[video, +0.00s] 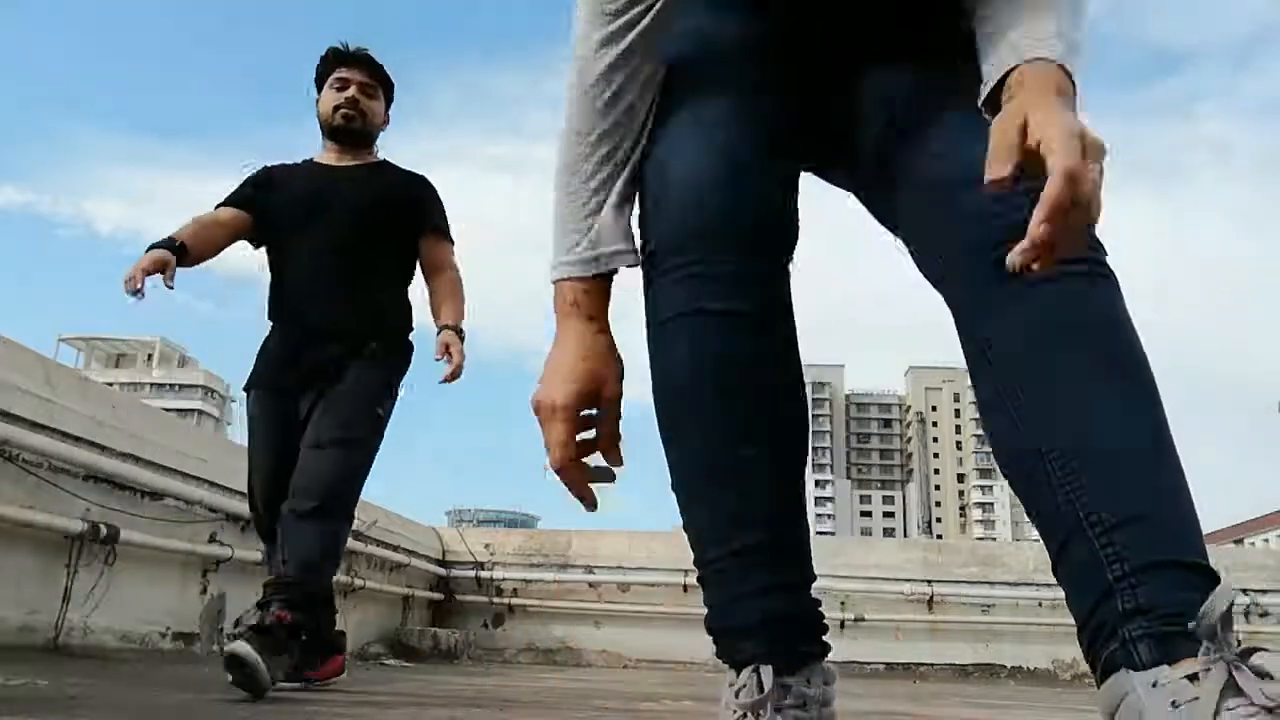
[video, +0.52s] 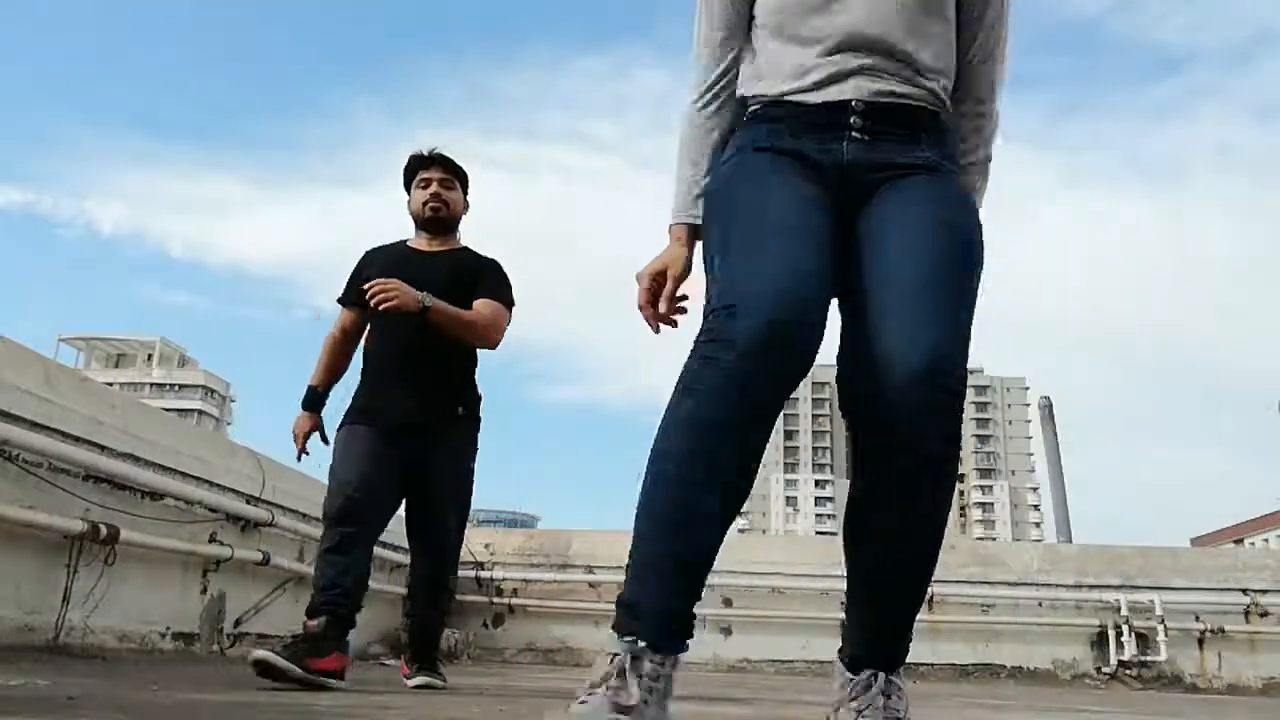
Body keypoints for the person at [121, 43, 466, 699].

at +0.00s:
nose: (352, 94)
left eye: (367, 90)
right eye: (340, 86)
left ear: (385, 114)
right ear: (319, 105)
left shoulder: (412, 191)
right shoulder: (275, 182)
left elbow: (441, 268)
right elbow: (219, 227)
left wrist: (450, 324)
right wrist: (171, 250)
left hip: (367, 360)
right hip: (285, 356)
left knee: (318, 490)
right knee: (271, 500)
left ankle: (273, 639)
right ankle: (320, 640)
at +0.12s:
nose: (374, 106)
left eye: (389, 102)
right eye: (363, 98)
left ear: (407, 125)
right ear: (342, 115)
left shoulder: (429, 203)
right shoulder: (300, 188)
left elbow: (454, 282)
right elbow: (257, 252)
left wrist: (440, 321)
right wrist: (233, 297)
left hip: (386, 365)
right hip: (307, 362)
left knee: (361, 496)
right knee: (295, 497)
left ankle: (346, 649)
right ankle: (306, 646)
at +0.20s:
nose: (387, 117)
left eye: (400, 112)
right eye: (376, 109)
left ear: (418, 134)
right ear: (356, 126)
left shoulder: (438, 211)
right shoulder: (312, 192)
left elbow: (462, 292)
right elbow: (275, 263)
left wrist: (434, 310)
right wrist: (259, 328)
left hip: (398, 367)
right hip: (318, 368)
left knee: (391, 485)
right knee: (310, 499)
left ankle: (383, 640)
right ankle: (319, 647)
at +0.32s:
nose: (408, 145)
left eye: (421, 140)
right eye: (397, 138)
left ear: (438, 160)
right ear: (379, 155)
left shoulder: (455, 236)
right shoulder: (339, 217)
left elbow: (473, 312)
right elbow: (304, 289)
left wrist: (423, 291)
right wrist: (287, 367)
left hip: (419, 399)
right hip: (340, 390)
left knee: (424, 518)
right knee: (330, 517)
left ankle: (423, 636)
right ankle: (322, 647)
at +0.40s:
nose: (418, 162)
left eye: (431, 156)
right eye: (407, 155)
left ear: (446, 175)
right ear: (389, 171)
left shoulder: (466, 248)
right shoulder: (353, 231)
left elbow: (480, 316)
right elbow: (317, 305)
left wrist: (421, 288)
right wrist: (293, 378)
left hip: (429, 408)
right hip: (350, 400)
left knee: (430, 527)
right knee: (335, 518)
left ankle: (426, 638)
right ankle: (321, 648)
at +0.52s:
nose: (434, 191)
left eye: (447, 185)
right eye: (424, 184)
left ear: (464, 202)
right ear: (409, 201)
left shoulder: (485, 271)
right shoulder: (378, 261)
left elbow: (488, 332)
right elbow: (344, 336)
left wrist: (421, 302)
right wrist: (312, 403)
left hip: (447, 425)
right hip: (374, 416)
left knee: (437, 544)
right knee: (346, 515)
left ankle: (423, 657)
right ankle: (324, 642)